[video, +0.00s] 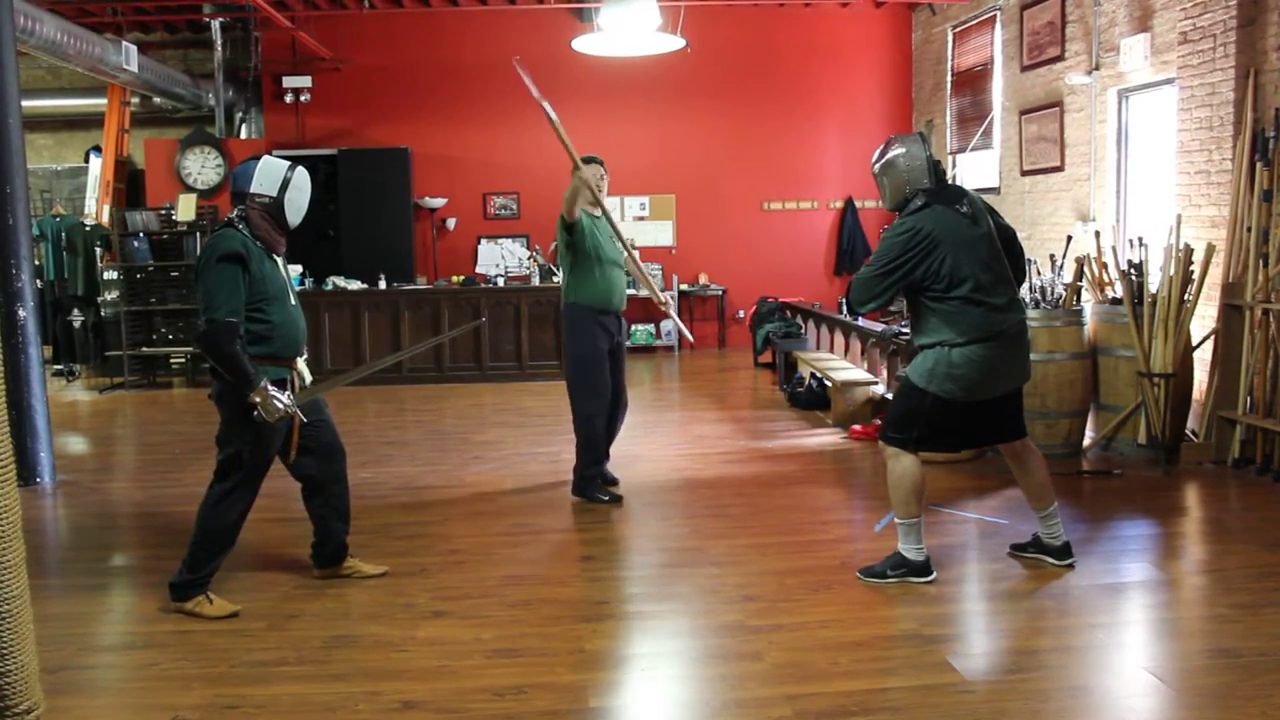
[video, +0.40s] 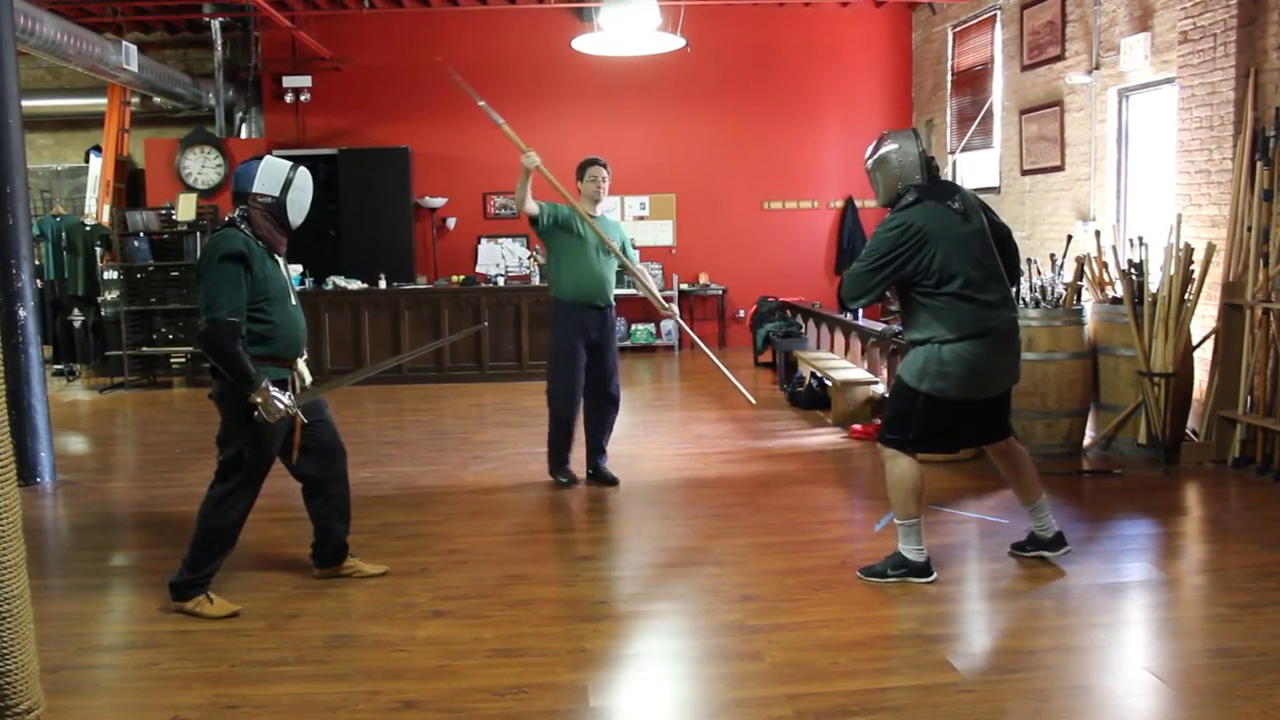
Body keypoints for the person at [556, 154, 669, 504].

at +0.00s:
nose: (600, 179)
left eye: (604, 175)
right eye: (593, 173)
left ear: (607, 184)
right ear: (579, 182)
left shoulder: (608, 226)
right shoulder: (574, 223)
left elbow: (624, 266)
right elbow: (570, 211)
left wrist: (652, 291)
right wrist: (576, 183)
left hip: (612, 319)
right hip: (584, 318)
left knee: (615, 400)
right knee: (592, 399)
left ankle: (597, 466)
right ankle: (585, 481)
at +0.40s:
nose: (600, 184)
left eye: (605, 180)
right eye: (594, 179)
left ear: (608, 188)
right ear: (579, 184)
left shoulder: (615, 229)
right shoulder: (561, 215)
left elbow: (636, 270)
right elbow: (524, 205)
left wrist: (659, 301)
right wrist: (526, 171)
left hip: (604, 317)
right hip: (568, 315)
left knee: (605, 393)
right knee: (565, 393)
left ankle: (597, 463)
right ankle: (559, 465)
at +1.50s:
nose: (565, 194)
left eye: (570, 190)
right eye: (560, 190)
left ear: (578, 195)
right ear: (552, 196)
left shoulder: (591, 234)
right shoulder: (537, 231)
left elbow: (610, 271)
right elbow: (505, 263)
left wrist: (624, 305)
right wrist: (477, 294)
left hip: (578, 310)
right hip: (542, 311)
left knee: (580, 375)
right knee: (546, 376)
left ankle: (571, 428)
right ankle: (552, 443)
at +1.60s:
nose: (567, 194)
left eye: (572, 189)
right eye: (562, 190)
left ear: (580, 194)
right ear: (554, 195)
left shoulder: (591, 233)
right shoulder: (537, 228)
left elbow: (611, 274)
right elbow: (506, 262)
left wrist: (627, 313)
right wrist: (480, 294)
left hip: (576, 310)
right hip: (540, 309)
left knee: (579, 372)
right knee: (543, 374)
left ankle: (573, 426)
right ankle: (546, 435)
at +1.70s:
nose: (565, 191)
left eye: (570, 186)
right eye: (559, 186)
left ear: (579, 189)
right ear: (552, 191)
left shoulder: (591, 230)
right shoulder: (536, 225)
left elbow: (611, 271)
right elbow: (508, 257)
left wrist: (625, 310)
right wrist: (479, 287)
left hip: (575, 303)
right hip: (540, 302)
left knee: (579, 367)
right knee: (538, 369)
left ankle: (572, 425)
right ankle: (536, 433)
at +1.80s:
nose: (560, 189)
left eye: (565, 184)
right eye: (555, 185)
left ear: (575, 187)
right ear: (548, 190)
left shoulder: (588, 227)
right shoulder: (536, 222)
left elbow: (609, 268)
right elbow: (507, 254)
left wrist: (623, 308)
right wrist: (476, 283)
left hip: (573, 300)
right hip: (538, 299)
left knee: (575, 364)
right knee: (530, 364)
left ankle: (572, 424)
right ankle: (522, 430)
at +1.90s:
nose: (557, 188)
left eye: (561, 183)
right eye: (552, 184)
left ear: (571, 186)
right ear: (545, 190)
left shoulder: (586, 226)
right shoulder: (533, 222)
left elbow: (605, 267)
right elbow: (505, 256)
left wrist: (621, 308)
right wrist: (474, 285)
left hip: (570, 300)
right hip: (535, 298)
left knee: (576, 366)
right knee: (524, 363)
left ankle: (572, 424)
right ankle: (508, 428)